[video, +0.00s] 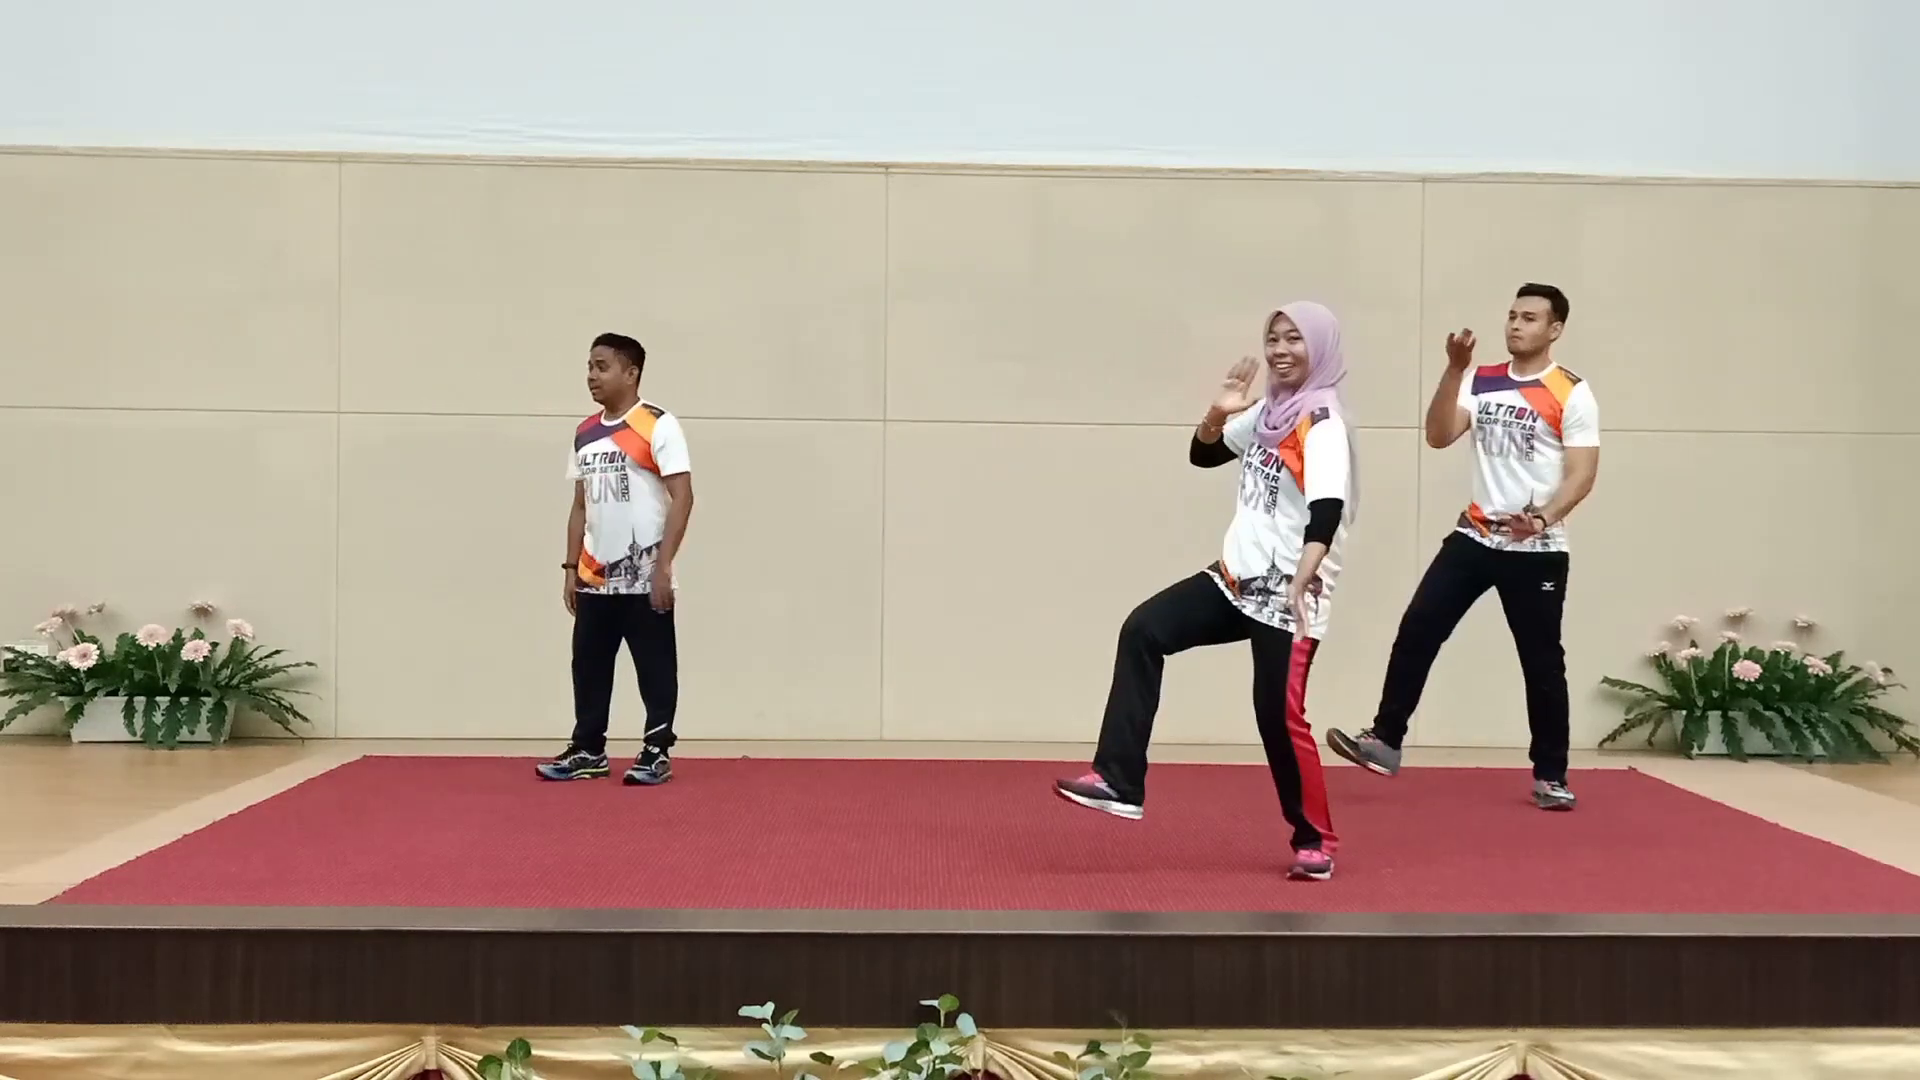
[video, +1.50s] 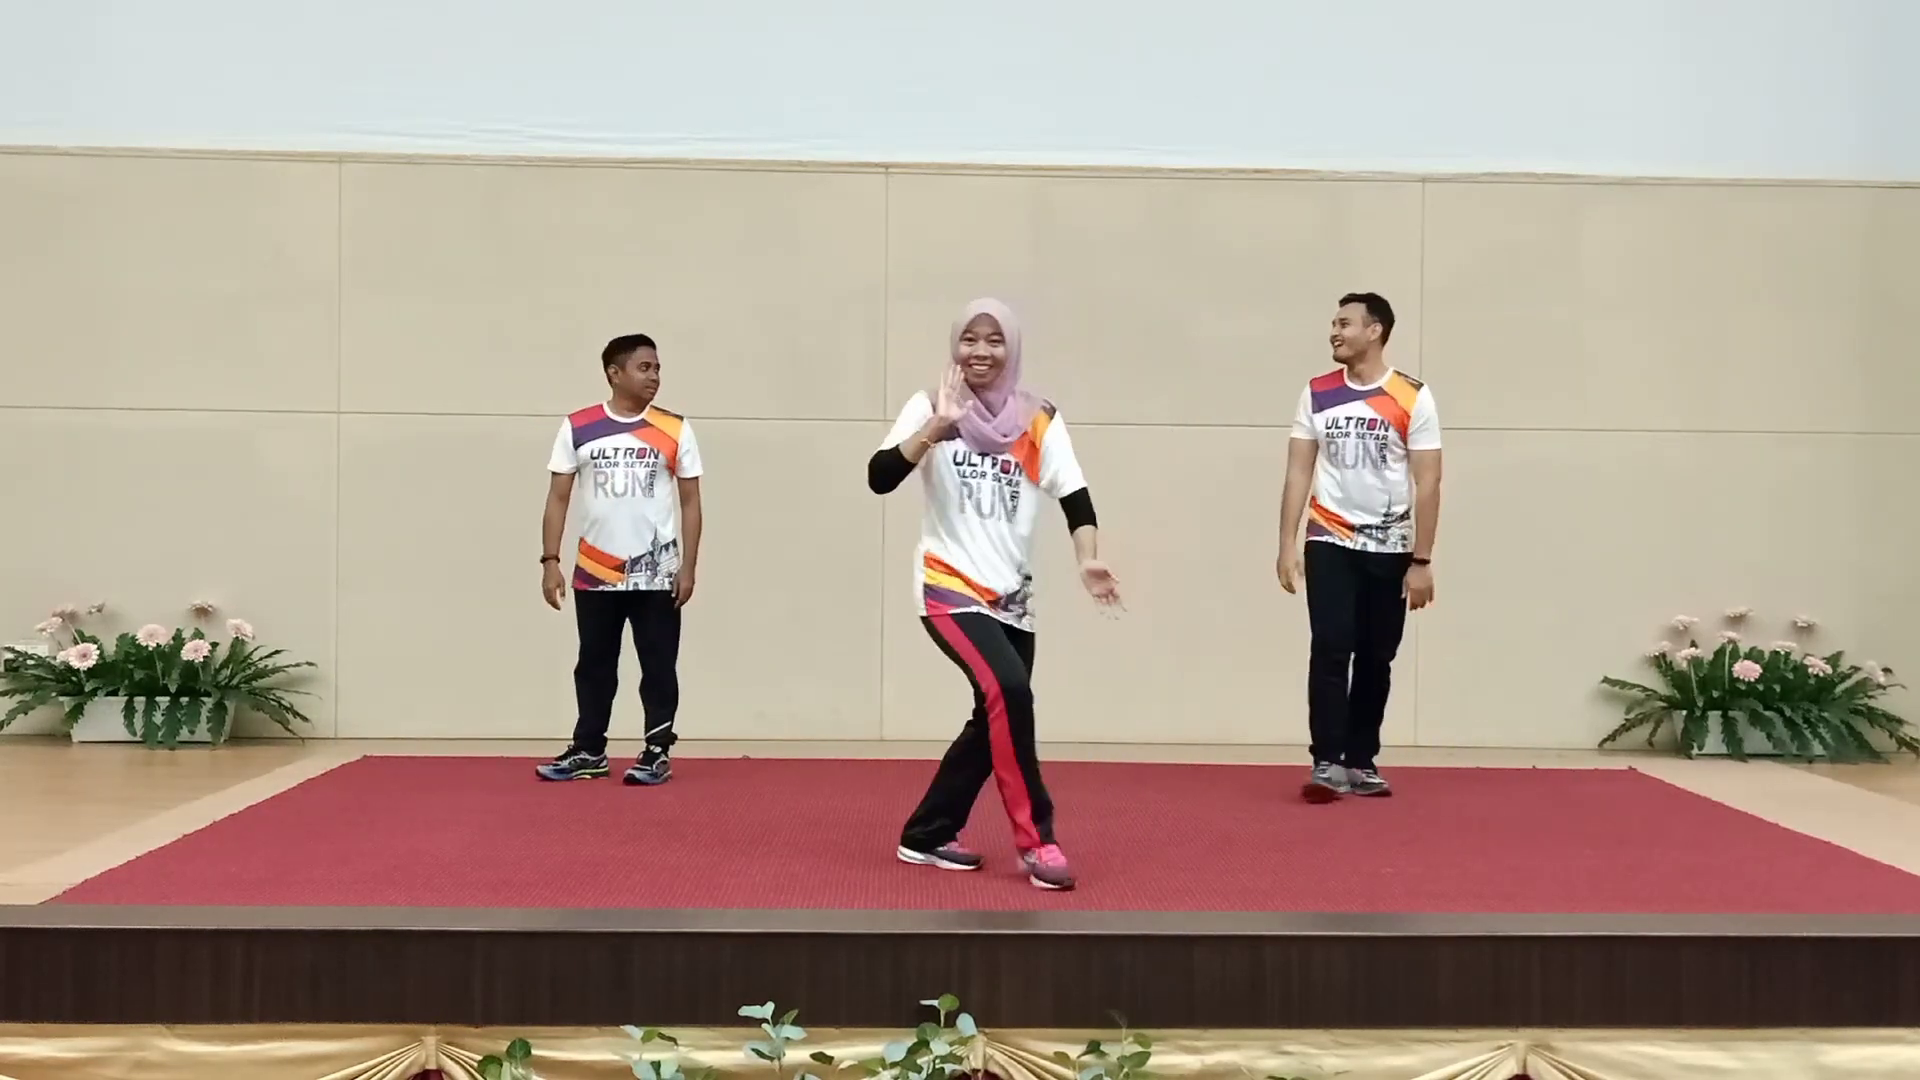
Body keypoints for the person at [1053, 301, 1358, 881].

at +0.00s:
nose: (1280, 349)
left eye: (1292, 339)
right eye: (1273, 340)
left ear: (1320, 349)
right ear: (1266, 350)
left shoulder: (1323, 422)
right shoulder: (1261, 414)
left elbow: (1327, 508)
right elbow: (1203, 456)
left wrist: (1304, 573)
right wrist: (1218, 415)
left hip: (1293, 595)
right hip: (1236, 580)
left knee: (1280, 713)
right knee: (1144, 630)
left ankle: (1314, 841)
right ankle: (1120, 782)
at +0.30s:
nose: (1280, 356)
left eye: (1293, 346)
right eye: (1273, 346)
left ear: (1322, 355)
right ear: (1265, 355)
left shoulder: (1332, 425)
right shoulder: (1252, 412)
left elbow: (1332, 505)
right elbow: (1184, 462)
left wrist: (1291, 536)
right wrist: (1196, 418)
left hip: (1293, 591)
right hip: (1229, 579)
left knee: (1279, 714)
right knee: (1155, 680)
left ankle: (1312, 842)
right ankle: (1123, 830)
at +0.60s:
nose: (1225, 312)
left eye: (1239, 302)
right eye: (1216, 303)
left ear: (1265, 314)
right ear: (1205, 314)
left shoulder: (1292, 372)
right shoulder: (1186, 370)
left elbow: (1323, 443)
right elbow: (1130, 433)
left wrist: (1276, 382)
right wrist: (1103, 428)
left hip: (1262, 558)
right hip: (1187, 552)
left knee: (1277, 698)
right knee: (1138, 672)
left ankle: (1307, 838)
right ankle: (1086, 811)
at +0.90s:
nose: (1141, 328)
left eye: (1154, 318)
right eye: (1131, 318)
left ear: (1175, 330)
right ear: (1117, 330)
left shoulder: (1204, 396)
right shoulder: (1091, 397)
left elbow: (1244, 476)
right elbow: (1055, 474)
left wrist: (1208, 411)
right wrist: (1039, 520)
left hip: (1181, 578)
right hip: (1102, 573)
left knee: (1226, 705)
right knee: (1085, 698)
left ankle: (1290, 835)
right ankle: (1068, 845)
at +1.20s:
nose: (1048, 328)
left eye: (1060, 318)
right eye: (1036, 319)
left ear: (1079, 330)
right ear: (1021, 331)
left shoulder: (1106, 398)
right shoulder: (998, 397)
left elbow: (1143, 466)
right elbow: (940, 471)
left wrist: (1152, 468)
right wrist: (970, 432)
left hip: (1090, 581)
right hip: (1023, 577)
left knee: (1107, 698)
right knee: (1054, 697)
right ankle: (1066, 843)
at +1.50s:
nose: (980, 350)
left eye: (992, 340)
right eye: (970, 340)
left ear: (1012, 350)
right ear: (956, 348)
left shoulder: (1039, 419)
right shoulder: (930, 408)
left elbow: (1073, 493)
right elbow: (879, 478)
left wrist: (1088, 558)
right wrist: (934, 427)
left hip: (1011, 597)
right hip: (948, 588)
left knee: (995, 719)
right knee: (1008, 689)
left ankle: (924, 836)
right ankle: (1036, 842)